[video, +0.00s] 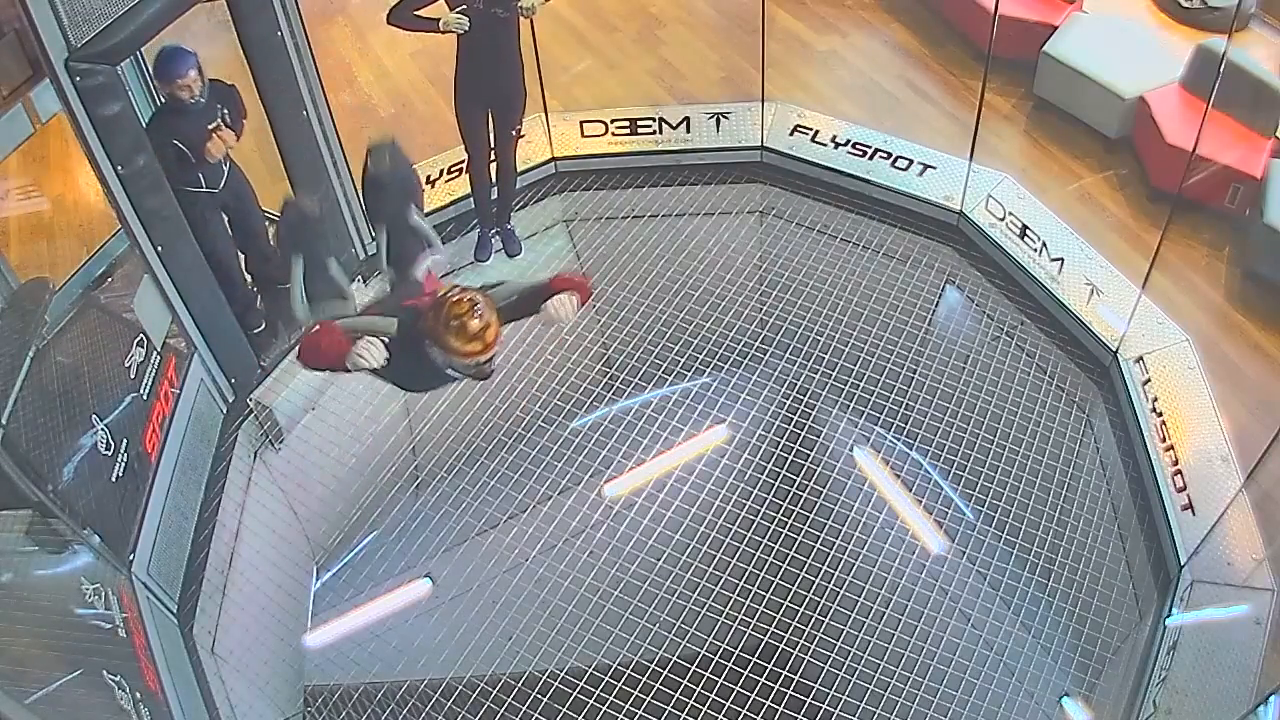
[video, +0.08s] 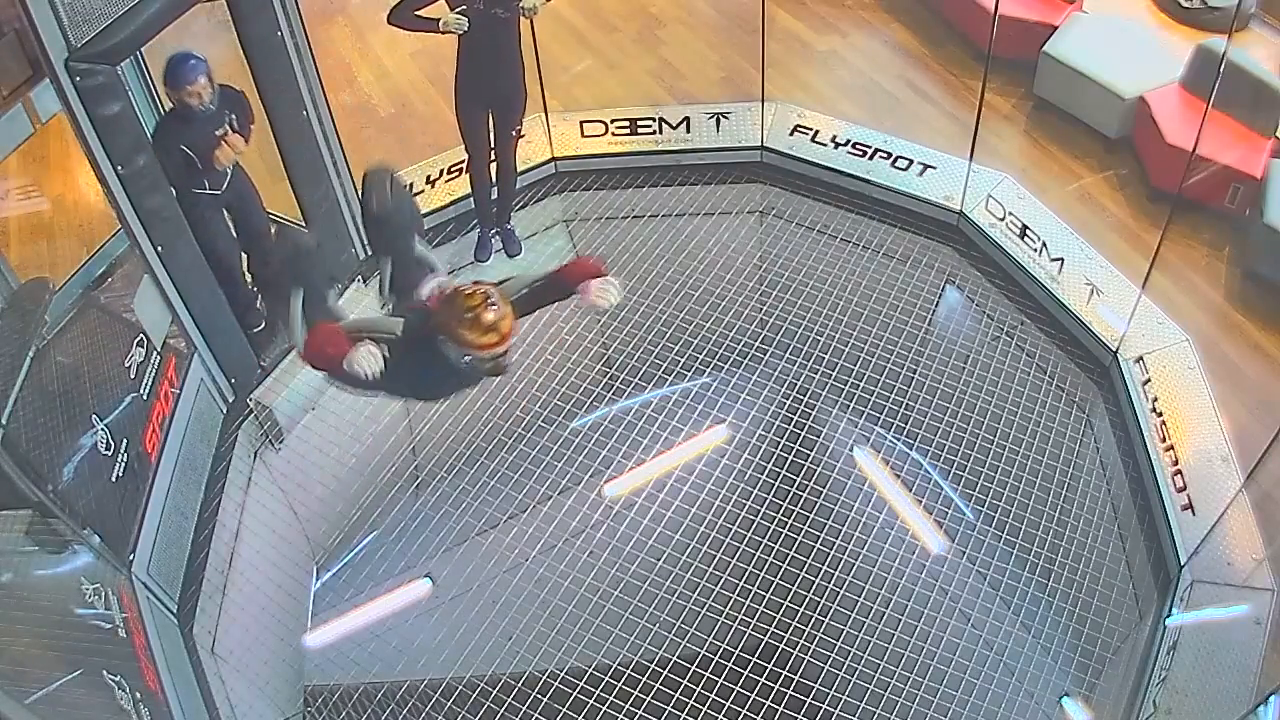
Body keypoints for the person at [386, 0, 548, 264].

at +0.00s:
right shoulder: (448, 0)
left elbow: (524, 8)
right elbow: (396, 15)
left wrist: (530, 7)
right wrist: (438, 24)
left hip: (510, 80)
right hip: (470, 83)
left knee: (507, 156)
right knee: (478, 158)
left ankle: (505, 224)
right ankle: (485, 229)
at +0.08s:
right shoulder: (449, 1)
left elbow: (524, 8)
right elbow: (397, 15)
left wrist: (530, 7)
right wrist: (439, 24)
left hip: (510, 80)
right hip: (470, 83)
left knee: (507, 156)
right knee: (478, 158)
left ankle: (505, 224)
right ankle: (485, 229)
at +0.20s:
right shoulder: (449, 0)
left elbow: (531, 9)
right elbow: (397, 15)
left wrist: (534, 5)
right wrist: (438, 25)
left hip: (511, 79)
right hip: (471, 81)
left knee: (507, 155)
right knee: (478, 158)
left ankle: (505, 224)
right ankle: (485, 229)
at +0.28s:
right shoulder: (449, 0)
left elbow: (528, 7)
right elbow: (398, 15)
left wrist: (532, 5)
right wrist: (436, 25)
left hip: (510, 80)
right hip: (471, 82)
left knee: (507, 155)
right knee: (478, 158)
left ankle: (505, 224)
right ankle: (485, 229)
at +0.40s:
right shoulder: (448, 1)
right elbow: (397, 18)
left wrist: (529, 3)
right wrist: (436, 28)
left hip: (510, 79)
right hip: (470, 82)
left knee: (507, 155)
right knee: (478, 158)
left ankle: (505, 224)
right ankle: (484, 228)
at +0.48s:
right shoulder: (448, 1)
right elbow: (396, 21)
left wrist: (524, 3)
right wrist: (435, 29)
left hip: (510, 79)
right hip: (471, 82)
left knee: (506, 154)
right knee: (478, 157)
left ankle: (504, 224)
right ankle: (484, 229)